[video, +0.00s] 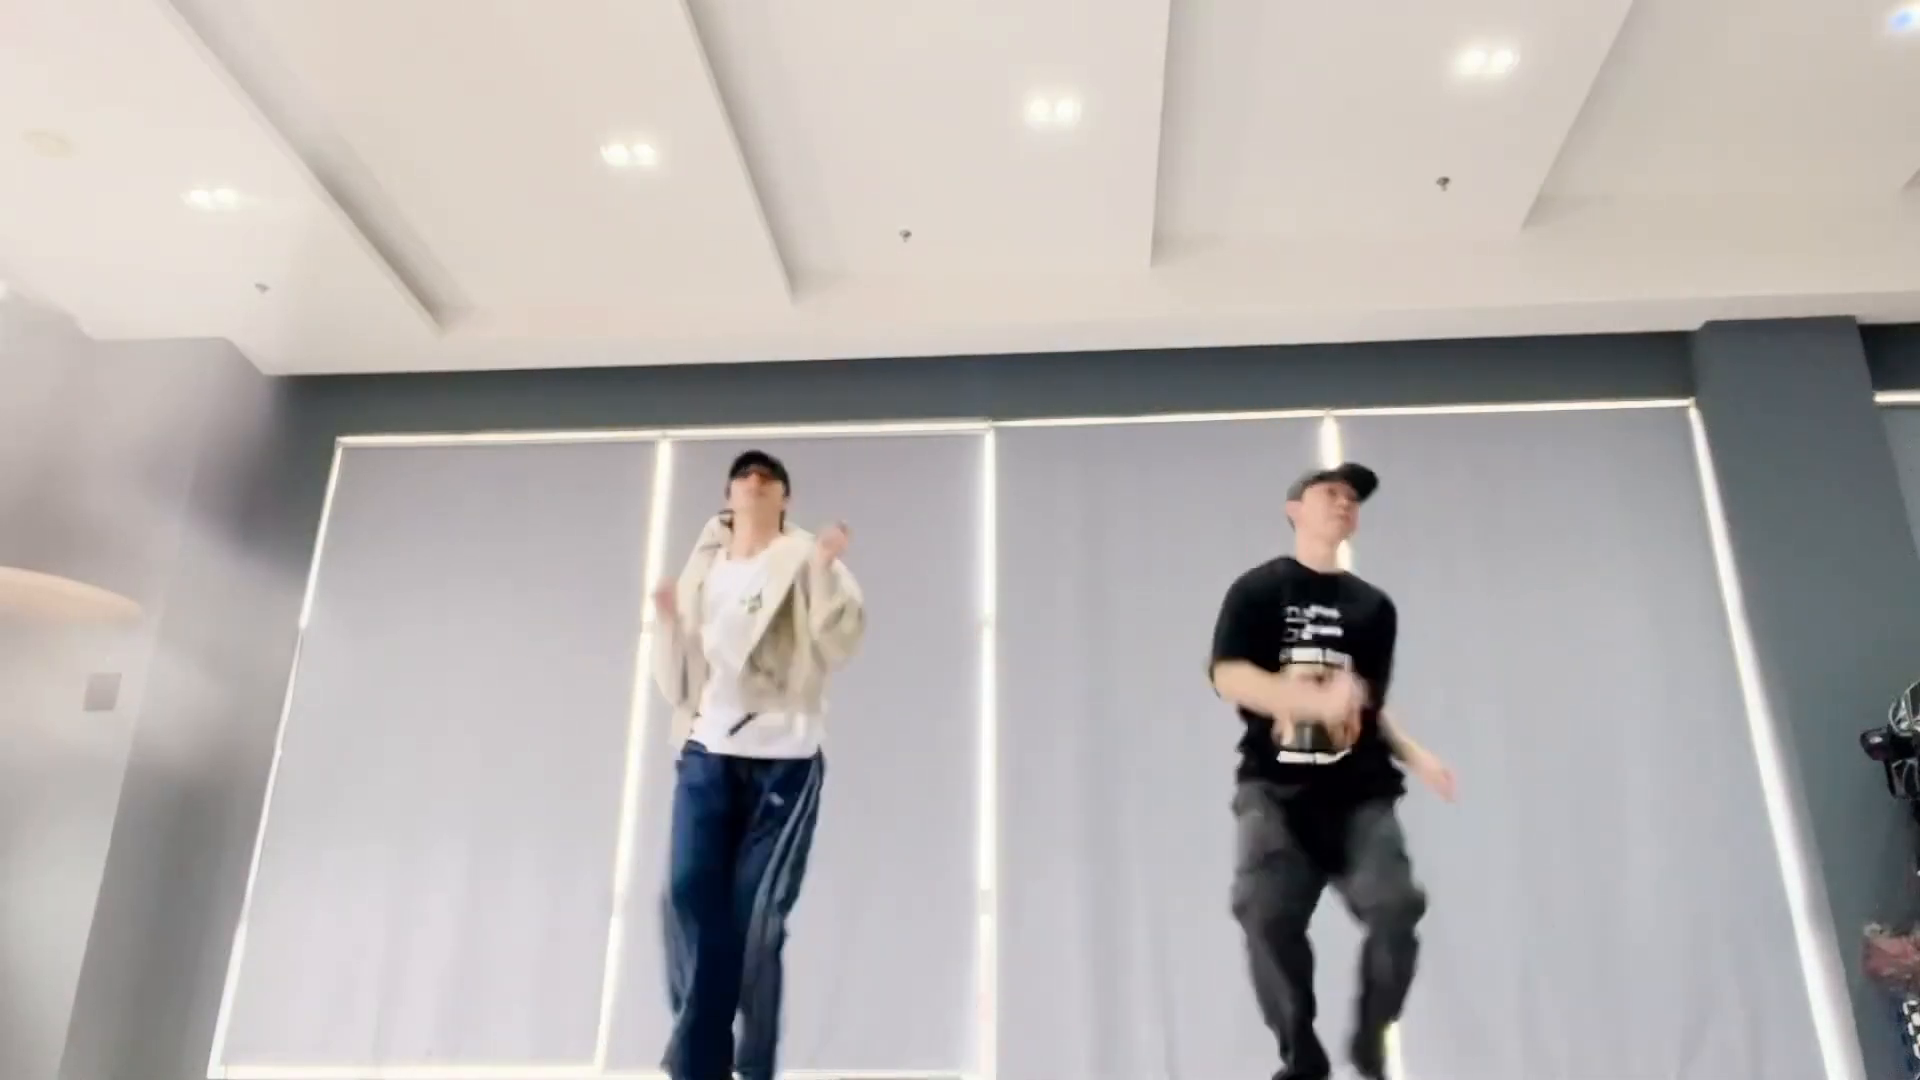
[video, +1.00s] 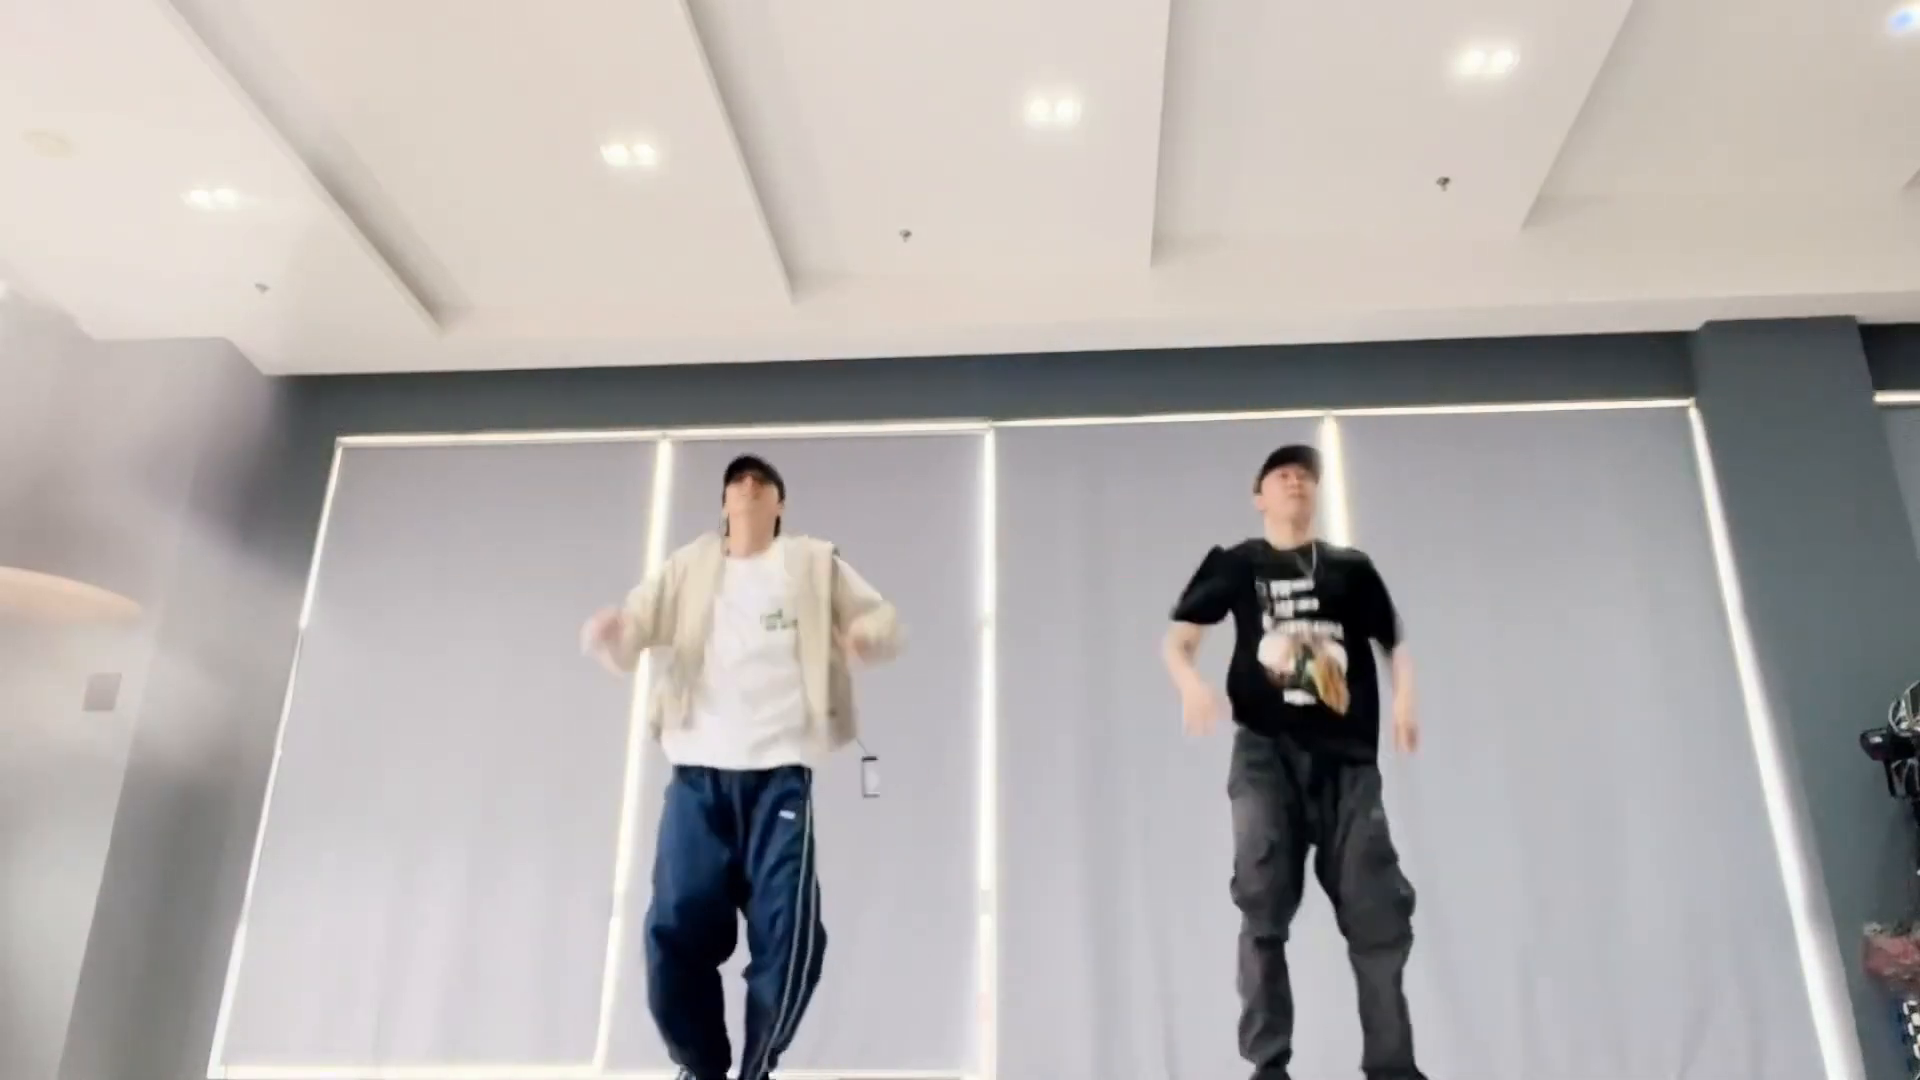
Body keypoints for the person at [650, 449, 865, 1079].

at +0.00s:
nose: (755, 482)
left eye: (768, 476)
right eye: (743, 475)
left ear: (785, 498)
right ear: (727, 497)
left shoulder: (807, 558)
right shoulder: (702, 570)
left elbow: (840, 649)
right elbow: (680, 688)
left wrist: (827, 570)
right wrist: (667, 629)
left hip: (785, 758)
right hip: (706, 753)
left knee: (759, 913)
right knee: (688, 898)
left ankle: (754, 1067)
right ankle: (694, 1064)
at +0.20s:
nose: (789, 538)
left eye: (799, 534)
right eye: (776, 531)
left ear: (806, 556)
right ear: (753, 545)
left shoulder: (810, 623)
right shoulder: (710, 580)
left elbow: (794, 679)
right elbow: (719, 475)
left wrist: (759, 716)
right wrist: (738, 379)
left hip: (754, 818)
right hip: (668, 798)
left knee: (852, 923)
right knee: (583, 922)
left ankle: (766, 1064)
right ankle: (477, 1043)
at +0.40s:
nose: (768, 528)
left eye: (778, 523)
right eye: (757, 521)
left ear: (792, 548)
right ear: (736, 539)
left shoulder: (806, 630)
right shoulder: (706, 583)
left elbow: (806, 718)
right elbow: (694, 475)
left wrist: (821, 779)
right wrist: (671, 378)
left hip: (755, 826)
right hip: (671, 802)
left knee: (824, 926)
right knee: (583, 937)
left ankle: (773, 1073)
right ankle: (465, 1058)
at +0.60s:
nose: (755, 483)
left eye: (768, 477)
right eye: (746, 477)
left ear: (789, 498)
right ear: (731, 495)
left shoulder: (821, 563)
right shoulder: (694, 551)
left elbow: (904, 594)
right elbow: (600, 577)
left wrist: (990, 593)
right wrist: (506, 583)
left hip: (763, 755)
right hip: (683, 744)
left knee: (747, 921)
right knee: (668, 904)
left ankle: (759, 1069)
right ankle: (704, 1064)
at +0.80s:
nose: (750, 519)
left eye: (763, 512)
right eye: (738, 511)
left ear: (779, 532)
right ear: (722, 530)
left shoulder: (812, 589)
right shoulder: (689, 585)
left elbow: (901, 578)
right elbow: (594, 567)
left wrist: (843, 557)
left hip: (780, 784)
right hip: (697, 779)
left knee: (786, 940)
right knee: (672, 944)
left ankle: (752, 1070)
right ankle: (709, 1067)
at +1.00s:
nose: (748, 490)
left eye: (761, 483)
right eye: (737, 483)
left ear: (779, 505)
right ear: (722, 504)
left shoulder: (815, 561)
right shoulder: (686, 565)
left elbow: (883, 621)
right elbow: (635, 638)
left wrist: (867, 636)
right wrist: (614, 640)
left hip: (781, 777)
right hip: (697, 777)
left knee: (787, 933)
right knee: (676, 930)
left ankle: (757, 1069)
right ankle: (702, 1067)